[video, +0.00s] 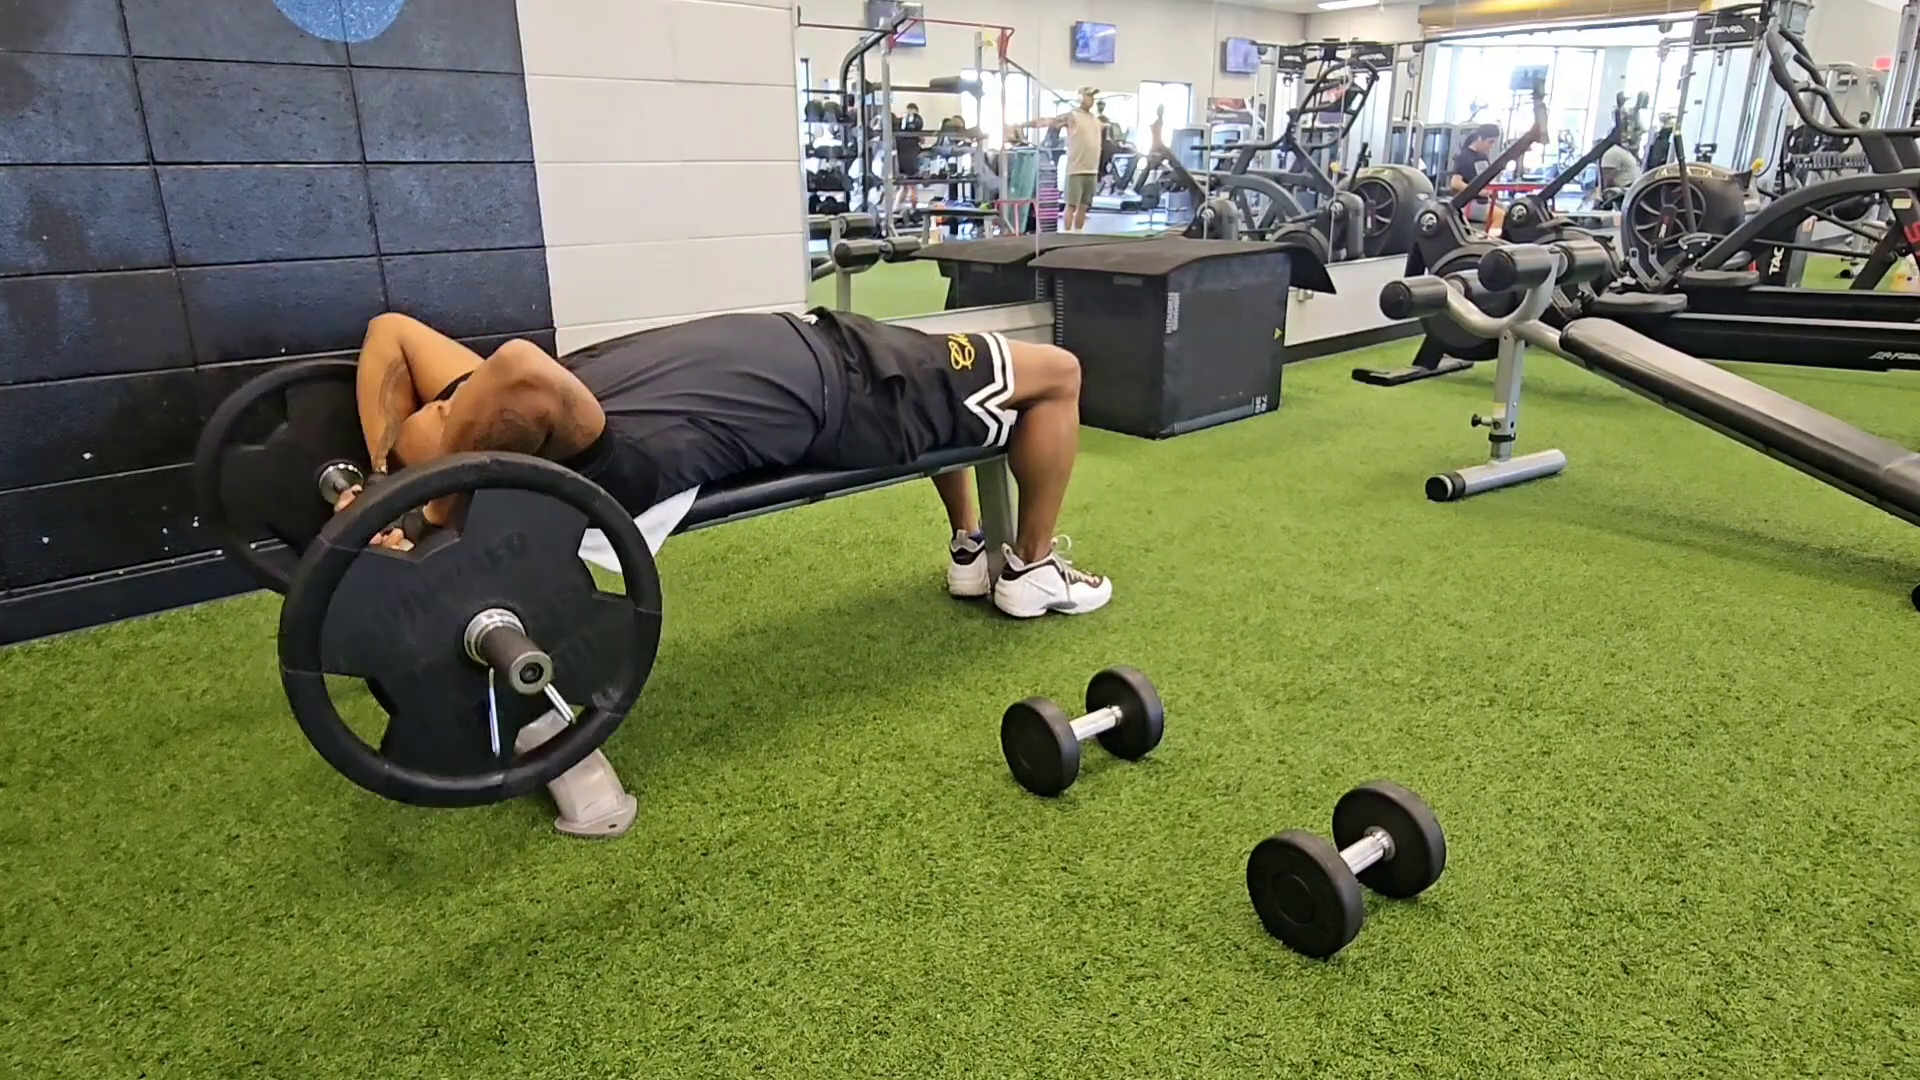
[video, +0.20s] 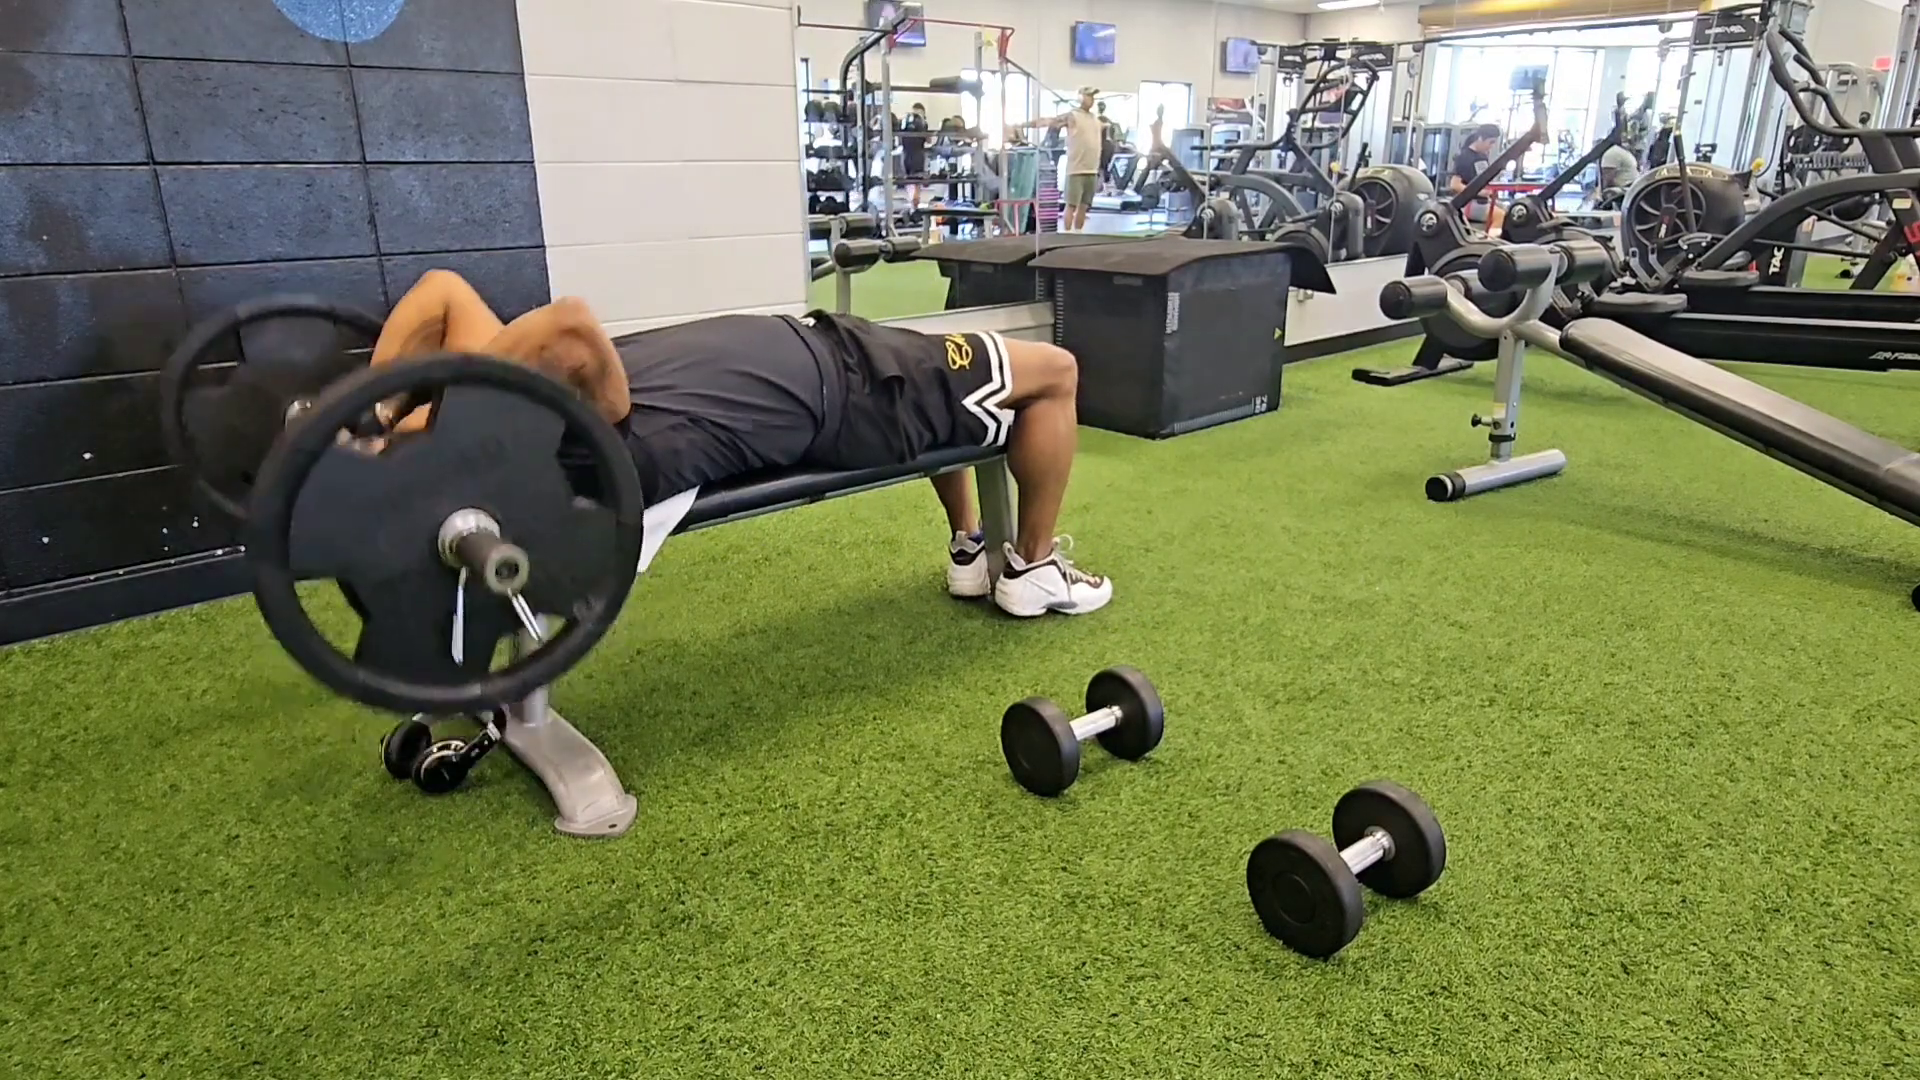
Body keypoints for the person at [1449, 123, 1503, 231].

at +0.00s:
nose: (1491, 146)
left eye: (1493, 143)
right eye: (1490, 142)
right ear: (1480, 138)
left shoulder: (1484, 157)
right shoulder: (1464, 156)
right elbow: (1455, 182)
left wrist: (1492, 189)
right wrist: (1479, 192)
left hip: (1486, 200)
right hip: (1470, 202)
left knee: (1507, 213)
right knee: (1499, 215)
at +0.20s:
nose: (1491, 147)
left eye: (1493, 143)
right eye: (1491, 142)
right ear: (1480, 138)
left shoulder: (1484, 156)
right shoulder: (1464, 156)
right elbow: (1455, 184)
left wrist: (1492, 189)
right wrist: (1478, 192)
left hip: (1485, 200)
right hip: (1470, 203)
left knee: (1507, 213)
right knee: (1499, 215)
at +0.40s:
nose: (1493, 147)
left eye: (1494, 143)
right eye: (1492, 142)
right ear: (1481, 138)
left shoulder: (1484, 157)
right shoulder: (1465, 157)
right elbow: (1454, 184)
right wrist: (1479, 192)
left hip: (1484, 201)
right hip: (1470, 203)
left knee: (1506, 213)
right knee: (1499, 215)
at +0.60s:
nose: (1492, 146)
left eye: (1494, 142)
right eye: (1491, 141)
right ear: (1480, 138)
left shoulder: (1483, 156)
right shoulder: (1465, 156)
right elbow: (1454, 185)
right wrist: (1478, 193)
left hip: (1486, 201)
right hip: (1469, 203)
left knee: (1505, 213)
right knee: (1499, 216)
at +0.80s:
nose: (1492, 144)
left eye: (1494, 140)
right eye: (1490, 139)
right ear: (1479, 138)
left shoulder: (1486, 157)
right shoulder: (1465, 156)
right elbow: (1455, 185)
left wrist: (1493, 191)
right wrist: (1480, 193)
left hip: (1487, 201)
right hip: (1469, 202)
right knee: (1499, 217)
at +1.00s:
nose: (1504, 143)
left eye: (1505, 139)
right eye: (1502, 138)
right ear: (1490, 138)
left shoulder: (1497, 159)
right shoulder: (1478, 157)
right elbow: (1463, 185)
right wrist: (1486, 194)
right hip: (1469, 201)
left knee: (1510, 211)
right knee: (1498, 216)